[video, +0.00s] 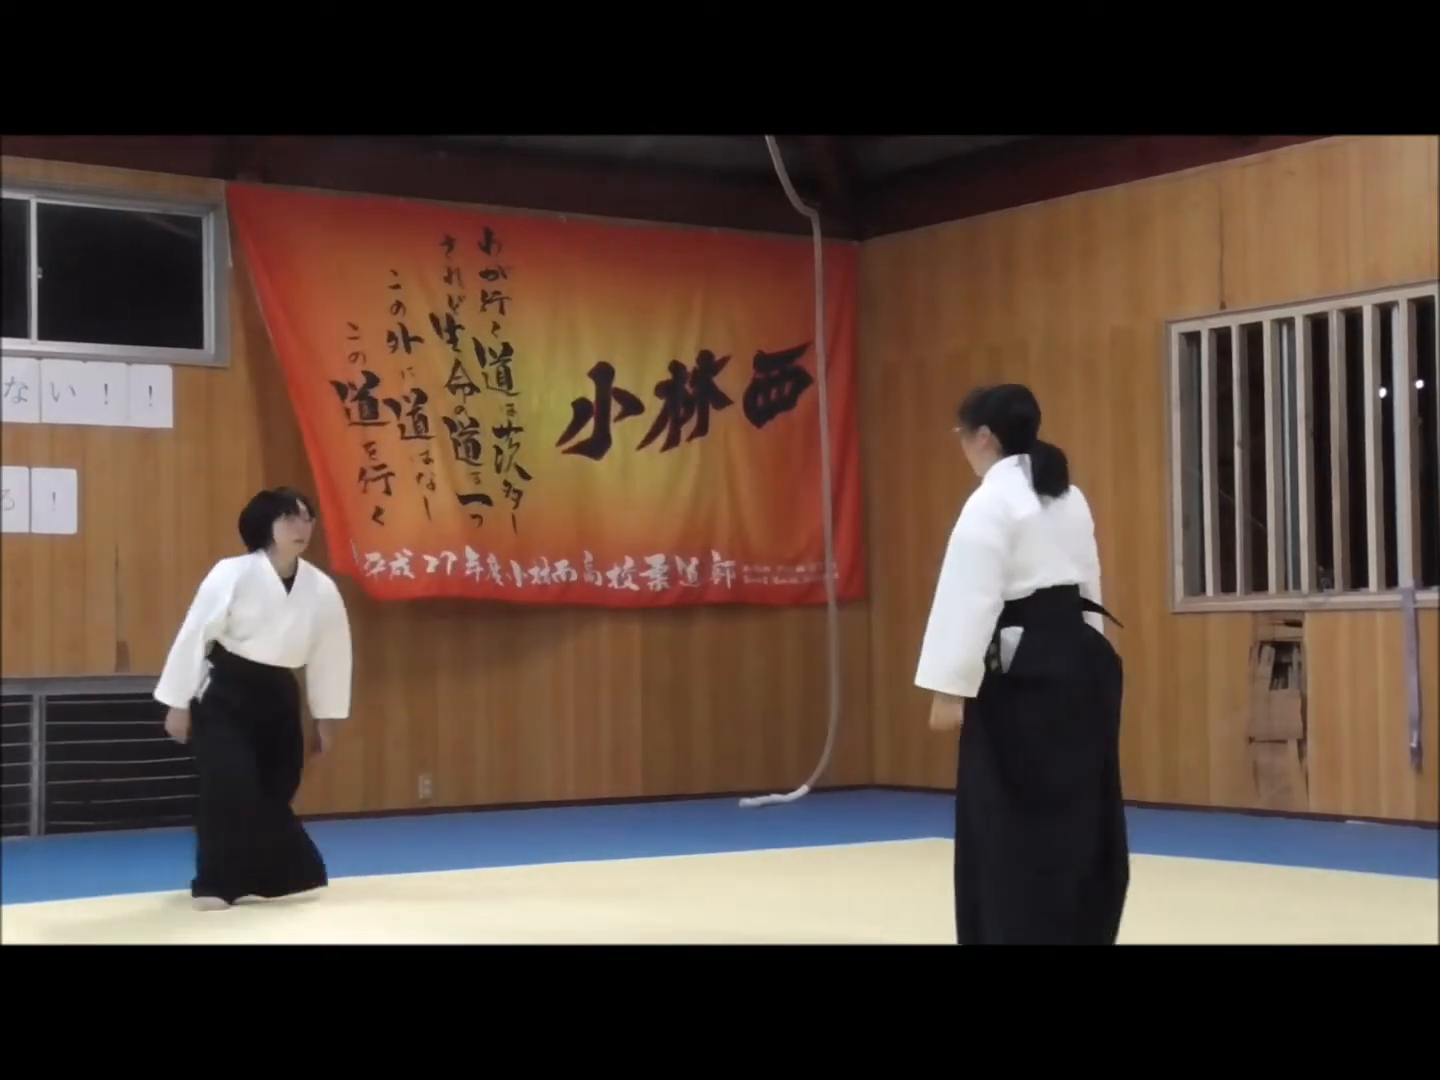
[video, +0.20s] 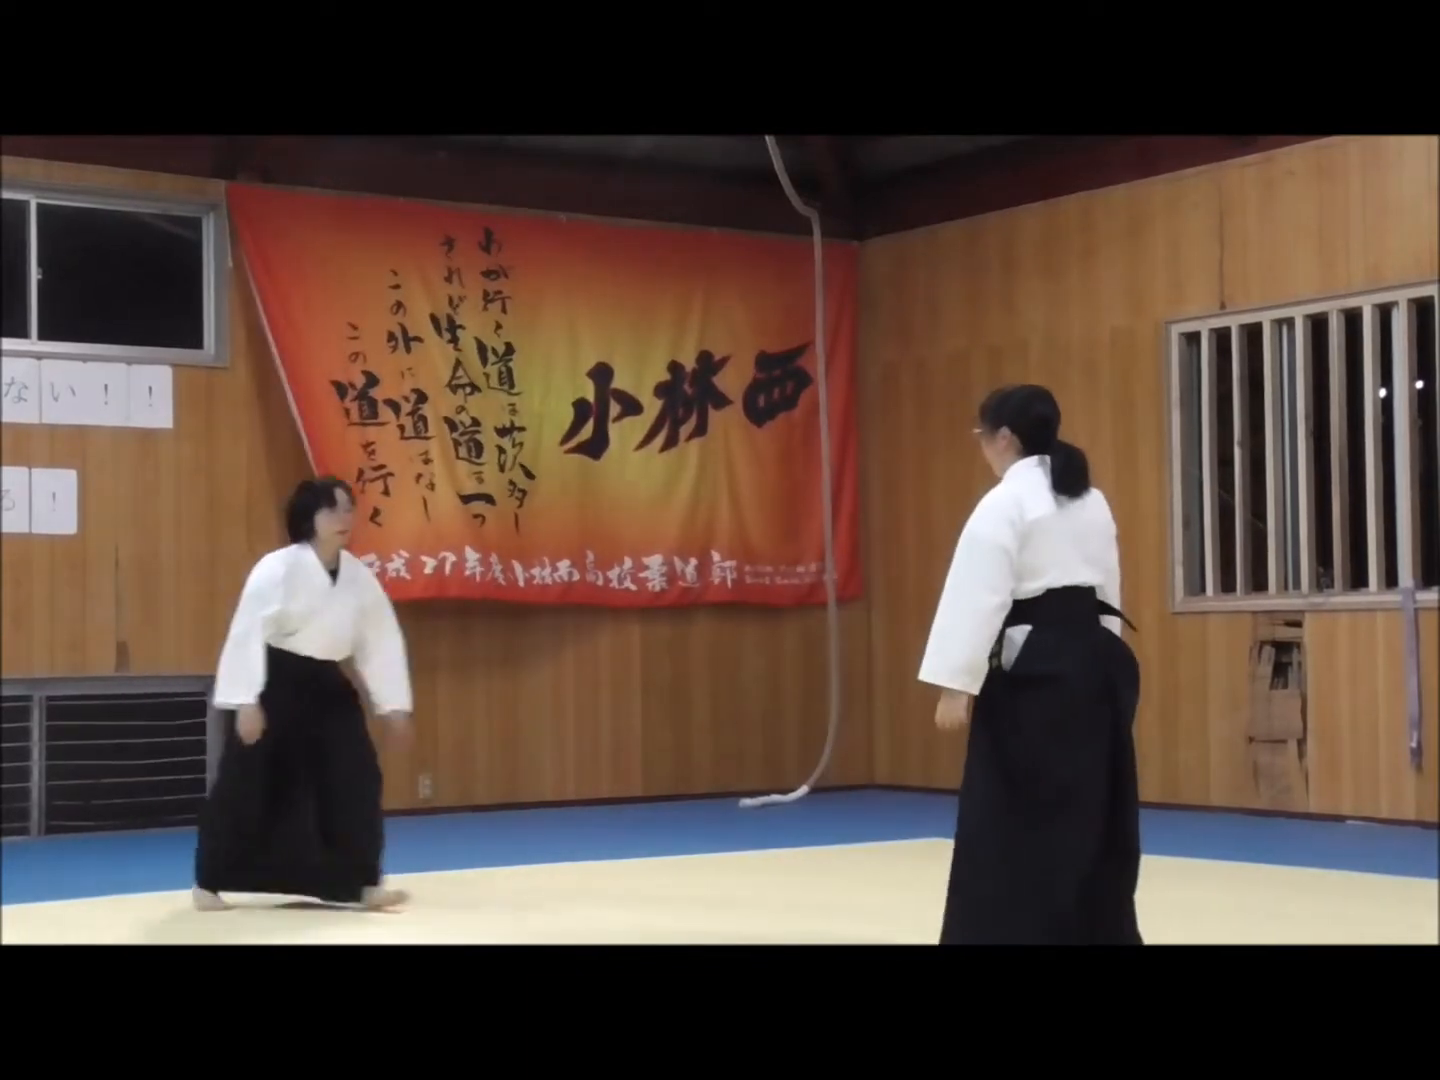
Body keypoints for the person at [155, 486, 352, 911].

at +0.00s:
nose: (303, 525)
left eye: (307, 517)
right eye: (291, 517)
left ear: (312, 526)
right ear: (268, 527)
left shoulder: (320, 588)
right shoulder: (233, 574)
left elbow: (327, 654)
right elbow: (194, 636)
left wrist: (322, 715)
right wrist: (178, 703)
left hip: (279, 692)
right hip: (227, 687)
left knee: (279, 781)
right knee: (229, 781)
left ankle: (253, 873)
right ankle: (211, 884)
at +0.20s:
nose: (345, 517)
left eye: (349, 508)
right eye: (333, 509)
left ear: (355, 516)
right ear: (310, 518)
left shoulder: (360, 578)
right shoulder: (277, 568)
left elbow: (383, 639)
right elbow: (246, 634)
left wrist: (393, 701)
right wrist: (246, 701)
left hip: (330, 684)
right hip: (276, 680)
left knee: (358, 777)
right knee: (245, 780)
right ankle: (208, 881)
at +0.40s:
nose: (420, 485)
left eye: (420, 477)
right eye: (409, 478)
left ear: (418, 486)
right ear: (382, 488)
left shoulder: (440, 553)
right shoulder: (349, 542)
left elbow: (471, 600)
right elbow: (316, 609)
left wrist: (501, 641)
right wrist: (298, 678)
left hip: (403, 669)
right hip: (347, 664)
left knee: (410, 781)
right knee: (347, 780)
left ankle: (403, 894)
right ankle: (291, 862)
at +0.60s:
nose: (484, 474)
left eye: (487, 466)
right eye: (472, 466)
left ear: (489, 475)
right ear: (444, 476)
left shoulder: (505, 535)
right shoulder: (408, 534)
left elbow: (546, 566)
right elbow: (365, 593)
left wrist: (596, 571)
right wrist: (340, 649)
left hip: (476, 661)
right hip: (424, 660)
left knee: (448, 771)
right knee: (448, 772)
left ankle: (398, 868)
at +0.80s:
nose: (564, 472)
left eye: (564, 462)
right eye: (551, 463)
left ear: (564, 471)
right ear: (523, 474)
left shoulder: (586, 534)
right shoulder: (490, 535)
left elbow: (630, 562)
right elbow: (454, 608)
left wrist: (685, 556)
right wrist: (445, 683)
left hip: (561, 669)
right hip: (504, 669)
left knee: (585, 775)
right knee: (509, 788)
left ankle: (548, 895)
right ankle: (501, 912)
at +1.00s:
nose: (669, 476)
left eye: (669, 465)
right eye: (658, 465)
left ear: (669, 472)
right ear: (626, 474)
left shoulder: (688, 539)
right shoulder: (592, 532)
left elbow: (738, 584)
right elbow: (572, 598)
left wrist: (799, 576)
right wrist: (604, 650)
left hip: (663, 675)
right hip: (605, 675)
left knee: (687, 788)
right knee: (609, 795)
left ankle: (658, 923)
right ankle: (553, 875)